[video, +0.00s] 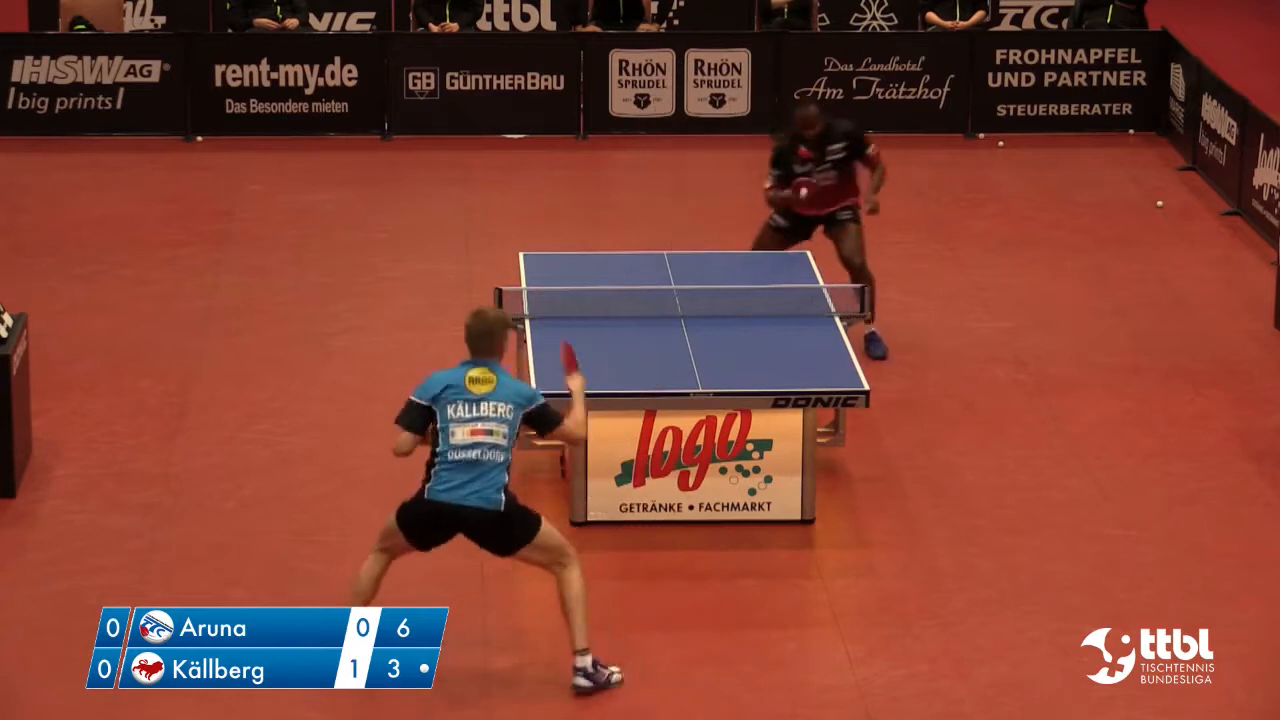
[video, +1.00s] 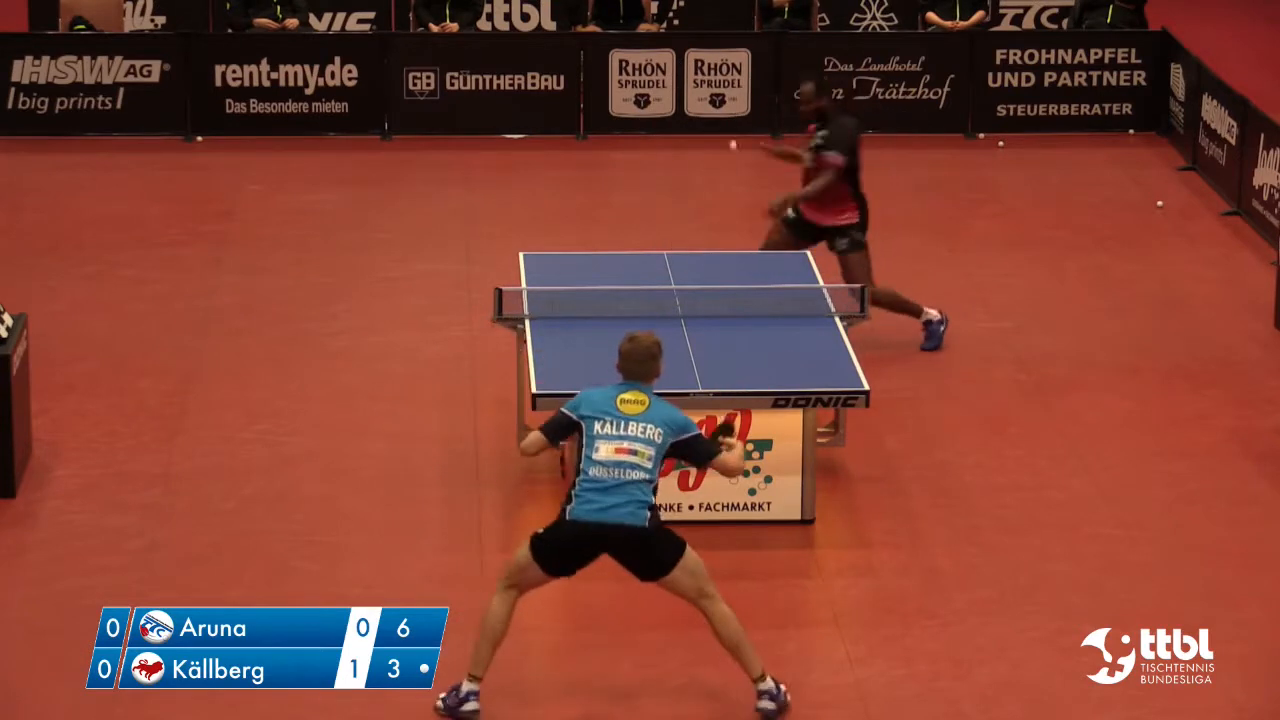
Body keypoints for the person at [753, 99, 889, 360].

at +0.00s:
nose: (811, 132)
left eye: (814, 126)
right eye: (805, 127)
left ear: (822, 120)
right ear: (796, 126)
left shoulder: (844, 135)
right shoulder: (786, 148)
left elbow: (878, 165)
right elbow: (771, 193)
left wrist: (872, 194)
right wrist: (792, 196)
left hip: (840, 209)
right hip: (797, 210)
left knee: (855, 263)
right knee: (758, 258)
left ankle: (870, 330)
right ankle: (756, 326)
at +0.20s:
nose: (852, 113)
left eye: (856, 107)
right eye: (847, 108)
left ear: (867, 103)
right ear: (839, 105)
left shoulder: (887, 117)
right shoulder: (831, 121)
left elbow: (907, 135)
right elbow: (804, 144)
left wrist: (916, 157)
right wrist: (780, 143)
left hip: (871, 201)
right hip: (826, 201)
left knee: (896, 259)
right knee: (791, 258)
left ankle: (902, 322)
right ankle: (776, 319)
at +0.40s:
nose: (870, 126)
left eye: (876, 120)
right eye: (866, 120)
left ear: (887, 120)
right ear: (858, 120)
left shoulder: (906, 147)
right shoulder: (843, 144)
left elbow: (933, 177)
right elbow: (797, 153)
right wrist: (787, 135)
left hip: (892, 228)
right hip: (846, 227)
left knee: (921, 283)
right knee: (799, 278)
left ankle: (972, 342)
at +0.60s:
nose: (815, 111)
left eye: (821, 105)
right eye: (810, 105)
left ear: (833, 104)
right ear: (803, 106)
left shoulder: (855, 133)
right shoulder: (796, 135)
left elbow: (869, 183)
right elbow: (785, 170)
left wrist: (838, 212)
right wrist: (773, 180)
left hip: (853, 213)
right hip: (807, 211)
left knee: (887, 270)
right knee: (760, 255)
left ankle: (910, 320)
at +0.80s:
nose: (760, 137)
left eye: (766, 131)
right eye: (756, 131)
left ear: (780, 127)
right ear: (754, 131)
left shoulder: (790, 153)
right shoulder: (769, 150)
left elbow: (770, 201)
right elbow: (786, 198)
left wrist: (728, 229)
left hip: (823, 233)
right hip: (785, 226)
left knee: (843, 302)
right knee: (731, 252)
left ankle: (913, 309)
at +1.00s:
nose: (800, 106)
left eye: (805, 101)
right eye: (799, 101)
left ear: (823, 100)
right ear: (808, 102)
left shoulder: (842, 128)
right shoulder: (817, 125)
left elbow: (829, 175)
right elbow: (815, 157)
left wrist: (790, 200)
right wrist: (789, 154)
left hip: (844, 219)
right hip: (810, 213)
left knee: (863, 293)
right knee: (763, 262)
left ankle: (931, 317)